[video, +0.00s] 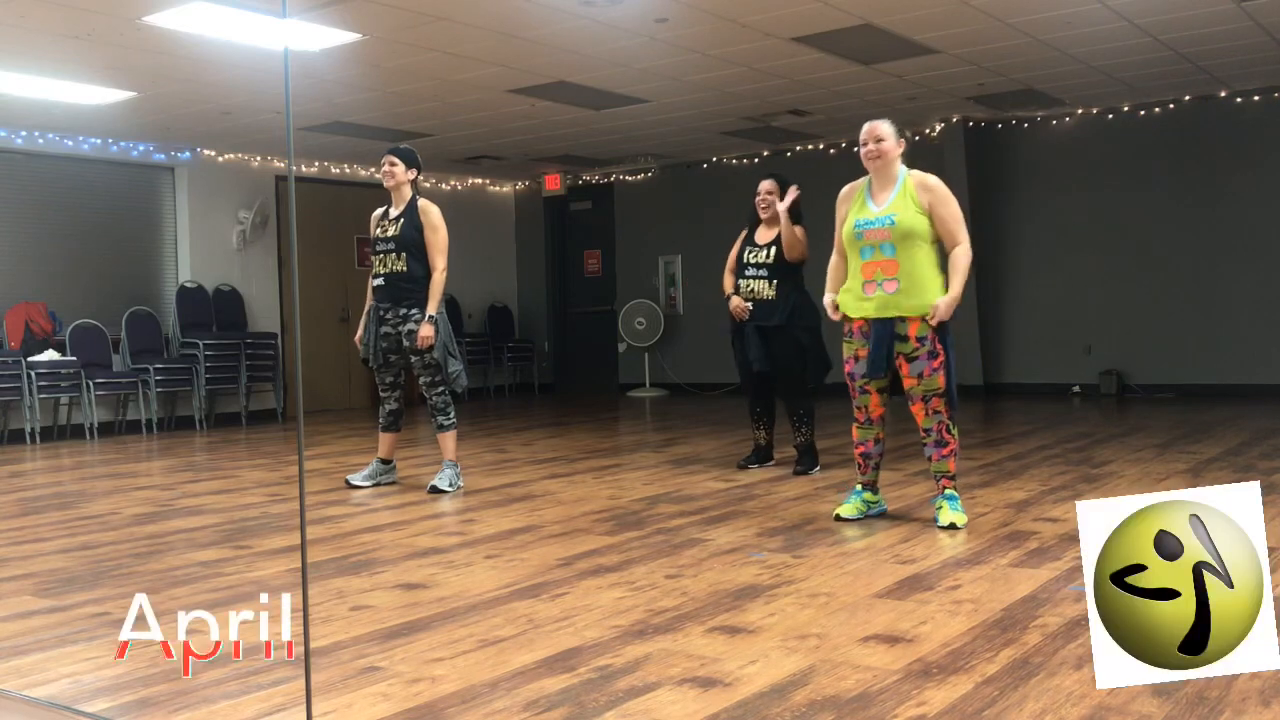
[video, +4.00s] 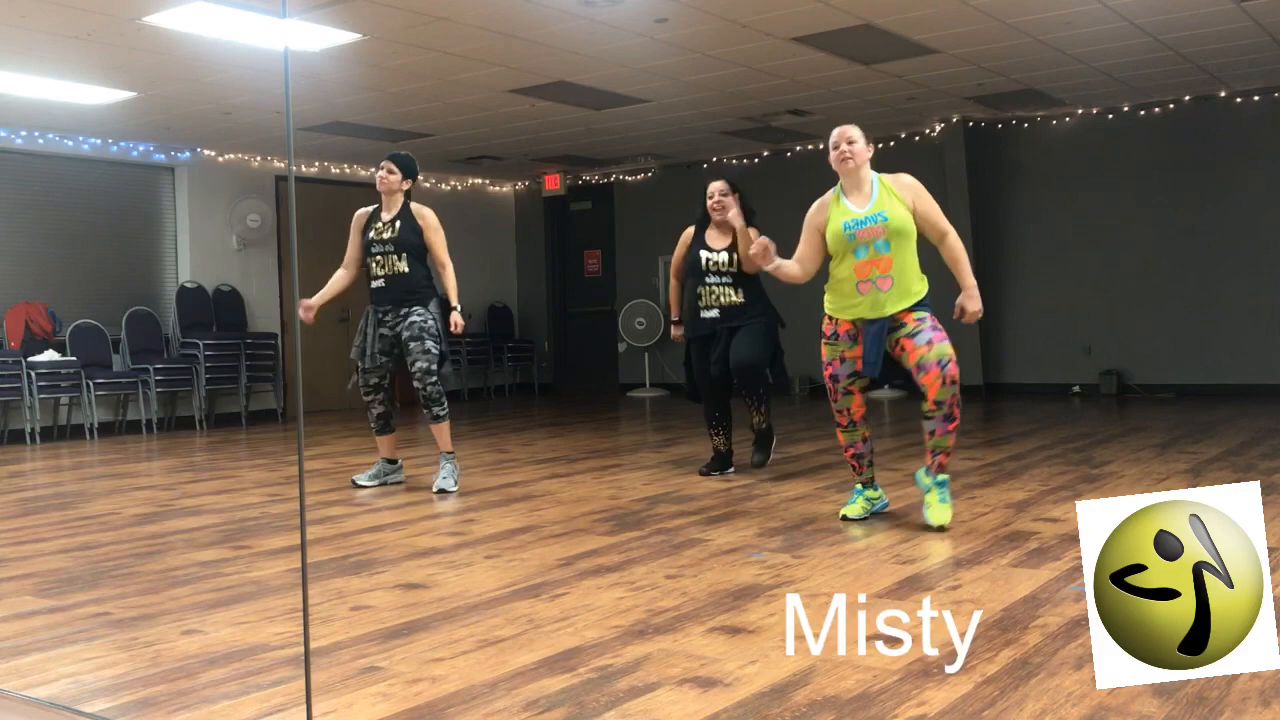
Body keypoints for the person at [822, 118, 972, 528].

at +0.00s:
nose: (870, 148)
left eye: (879, 140)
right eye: (864, 143)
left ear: (900, 146)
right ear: (859, 153)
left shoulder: (926, 187)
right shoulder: (849, 196)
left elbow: (959, 245)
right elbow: (840, 251)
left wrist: (952, 296)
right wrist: (831, 290)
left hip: (917, 319)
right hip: (861, 321)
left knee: (931, 408)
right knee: (865, 409)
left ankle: (947, 495)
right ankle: (867, 492)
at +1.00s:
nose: (900, 146)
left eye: (909, 139)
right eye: (894, 140)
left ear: (929, 146)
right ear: (887, 149)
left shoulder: (950, 191)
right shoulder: (869, 197)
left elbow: (987, 249)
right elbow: (837, 251)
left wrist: (961, 220)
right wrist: (828, 240)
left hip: (941, 313)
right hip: (884, 317)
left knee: (952, 404)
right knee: (880, 407)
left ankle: (964, 496)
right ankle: (869, 492)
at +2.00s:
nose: (876, 144)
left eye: (885, 137)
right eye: (871, 140)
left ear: (907, 146)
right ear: (865, 152)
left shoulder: (928, 191)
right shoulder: (850, 198)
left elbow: (961, 251)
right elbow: (832, 256)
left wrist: (970, 309)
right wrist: (820, 309)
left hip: (918, 316)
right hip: (863, 321)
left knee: (937, 406)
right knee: (867, 409)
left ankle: (961, 495)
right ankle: (869, 493)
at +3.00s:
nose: (879, 142)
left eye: (889, 135)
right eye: (874, 138)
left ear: (911, 144)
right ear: (869, 151)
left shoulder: (926, 191)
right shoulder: (858, 192)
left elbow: (956, 248)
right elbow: (850, 250)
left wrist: (975, 305)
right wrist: (844, 305)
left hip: (928, 310)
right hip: (873, 312)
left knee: (939, 402)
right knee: (832, 380)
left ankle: (951, 494)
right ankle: (858, 471)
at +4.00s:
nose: (843, 149)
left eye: (852, 142)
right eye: (836, 146)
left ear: (870, 151)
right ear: (829, 161)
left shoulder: (903, 187)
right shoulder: (822, 210)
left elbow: (944, 236)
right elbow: (802, 269)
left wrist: (970, 288)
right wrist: (773, 261)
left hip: (907, 313)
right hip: (846, 322)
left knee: (944, 374)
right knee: (846, 405)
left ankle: (936, 478)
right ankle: (867, 489)